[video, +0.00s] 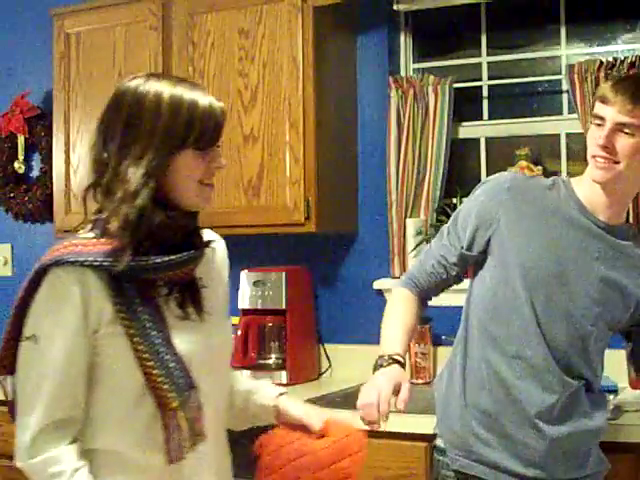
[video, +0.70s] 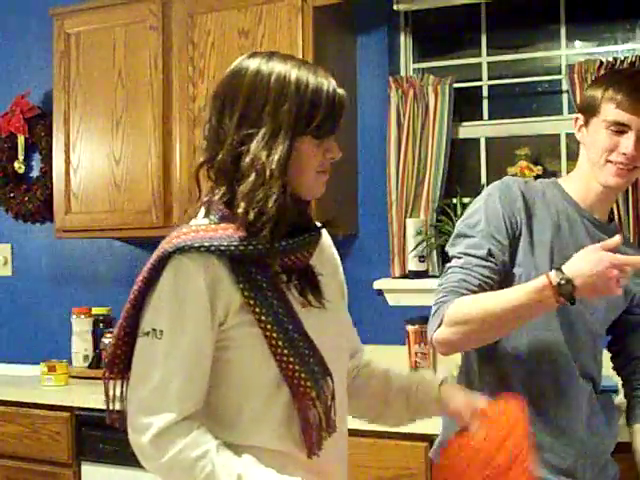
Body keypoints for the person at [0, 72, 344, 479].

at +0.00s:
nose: (218, 162)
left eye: (216, 147)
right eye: (202, 147)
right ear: (147, 152)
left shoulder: (211, 255)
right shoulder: (74, 277)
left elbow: (205, 390)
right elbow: (43, 445)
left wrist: (282, 406)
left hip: (210, 471)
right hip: (122, 471)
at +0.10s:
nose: (239, 162)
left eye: (238, 147)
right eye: (223, 147)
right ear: (169, 152)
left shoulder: (235, 249)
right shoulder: (101, 274)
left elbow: (235, 372)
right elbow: (74, 437)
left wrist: (322, 385)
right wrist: (127, 478)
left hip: (236, 469)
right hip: (150, 468)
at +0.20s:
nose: (258, 163)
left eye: (256, 147)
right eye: (241, 147)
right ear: (188, 151)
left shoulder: (256, 249)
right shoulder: (119, 273)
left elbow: (281, 369)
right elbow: (96, 432)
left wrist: (369, 362)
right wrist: (174, 476)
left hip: (255, 470)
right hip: (173, 470)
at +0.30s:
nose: (275, 158)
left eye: (275, 142)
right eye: (259, 143)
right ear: (206, 150)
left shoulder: (272, 247)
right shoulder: (137, 270)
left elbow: (310, 367)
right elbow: (110, 428)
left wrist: (405, 349)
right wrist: (219, 477)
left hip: (265, 471)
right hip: (176, 476)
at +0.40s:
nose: (291, 160)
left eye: (289, 143)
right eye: (275, 143)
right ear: (221, 149)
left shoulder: (285, 249)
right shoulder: (153, 269)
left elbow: (336, 363)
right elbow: (120, 428)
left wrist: (440, 347)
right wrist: (239, 478)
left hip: (277, 468)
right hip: (193, 474)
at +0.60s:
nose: (322, 156)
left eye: (320, 138)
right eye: (307, 138)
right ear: (253, 144)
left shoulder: (309, 247)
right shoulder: (186, 264)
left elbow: (355, 367)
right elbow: (147, 430)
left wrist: (466, 359)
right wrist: (243, 475)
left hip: (311, 464)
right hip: (236, 469)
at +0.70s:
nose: (335, 152)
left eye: (333, 134)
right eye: (317, 135)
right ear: (262, 140)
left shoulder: (317, 245)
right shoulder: (197, 262)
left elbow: (348, 379)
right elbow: (160, 427)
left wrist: (439, 395)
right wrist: (253, 477)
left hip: (328, 467)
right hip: (249, 469)